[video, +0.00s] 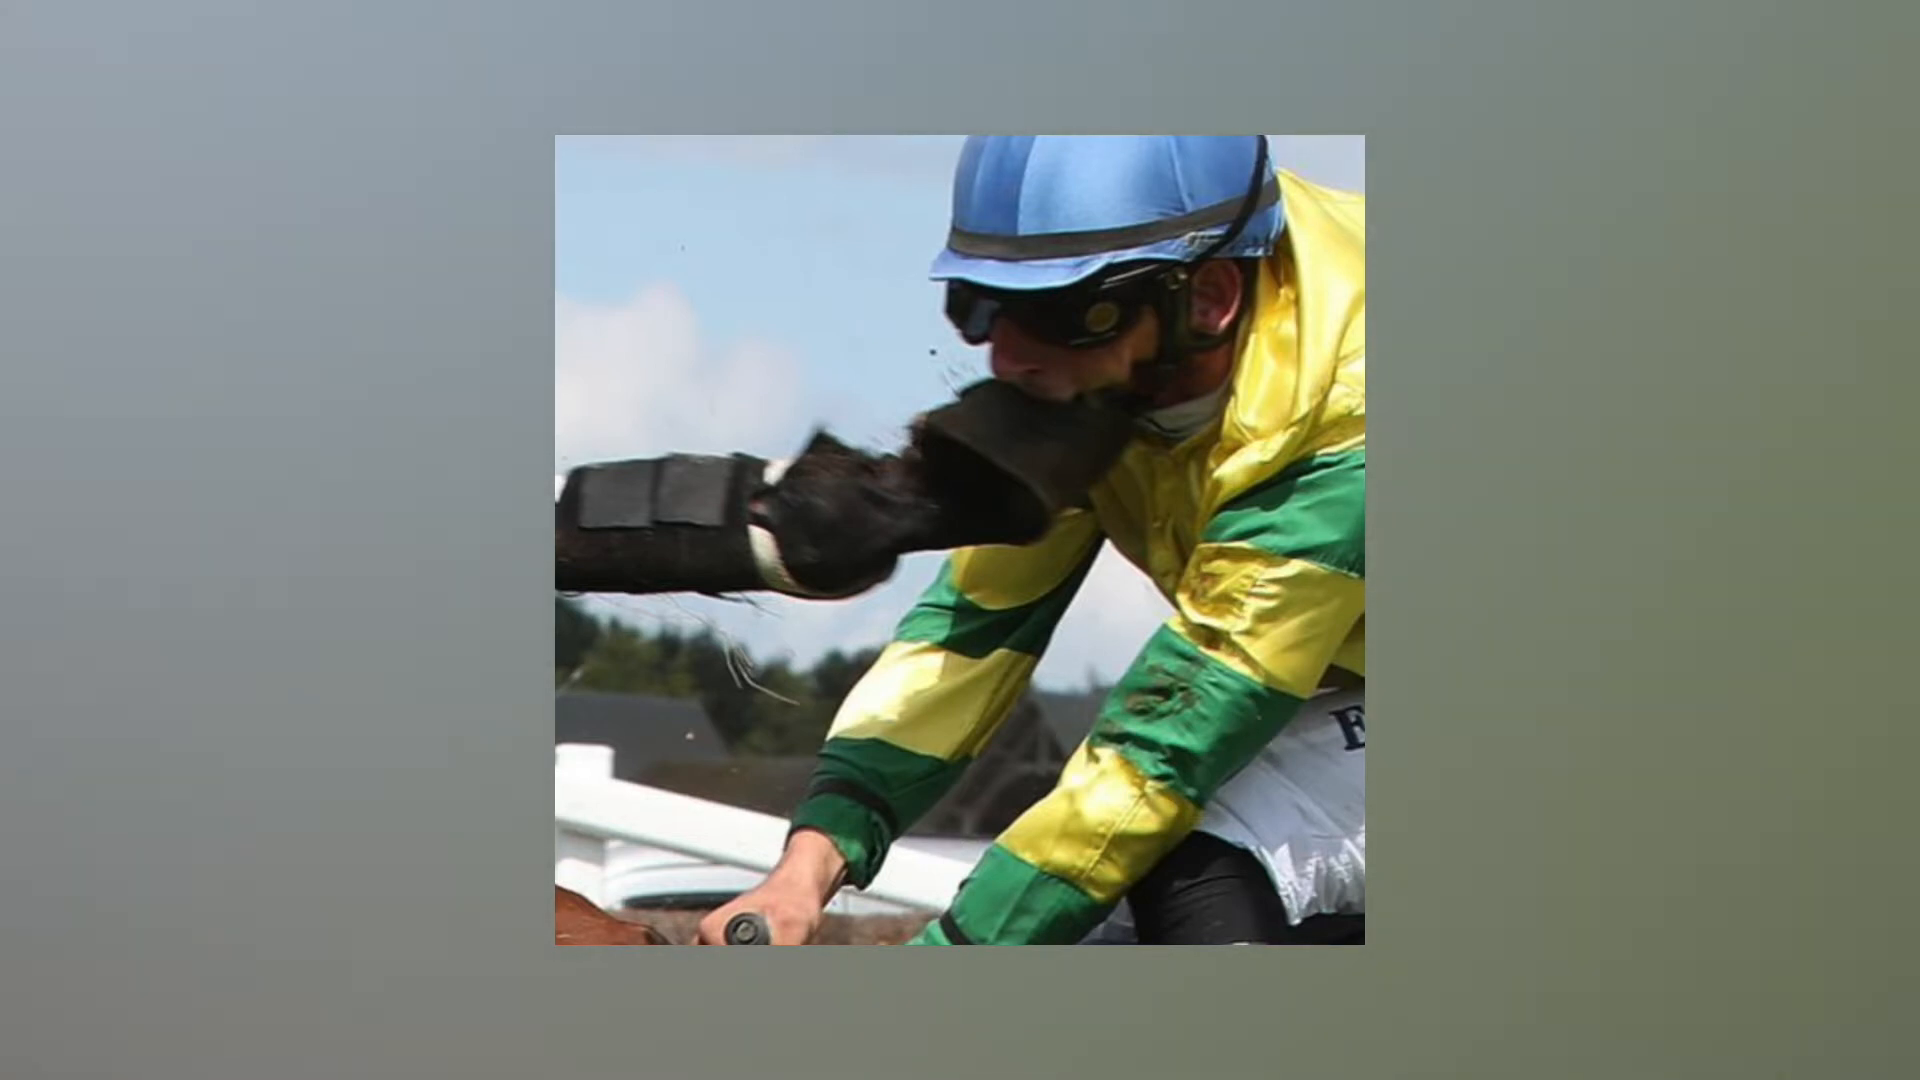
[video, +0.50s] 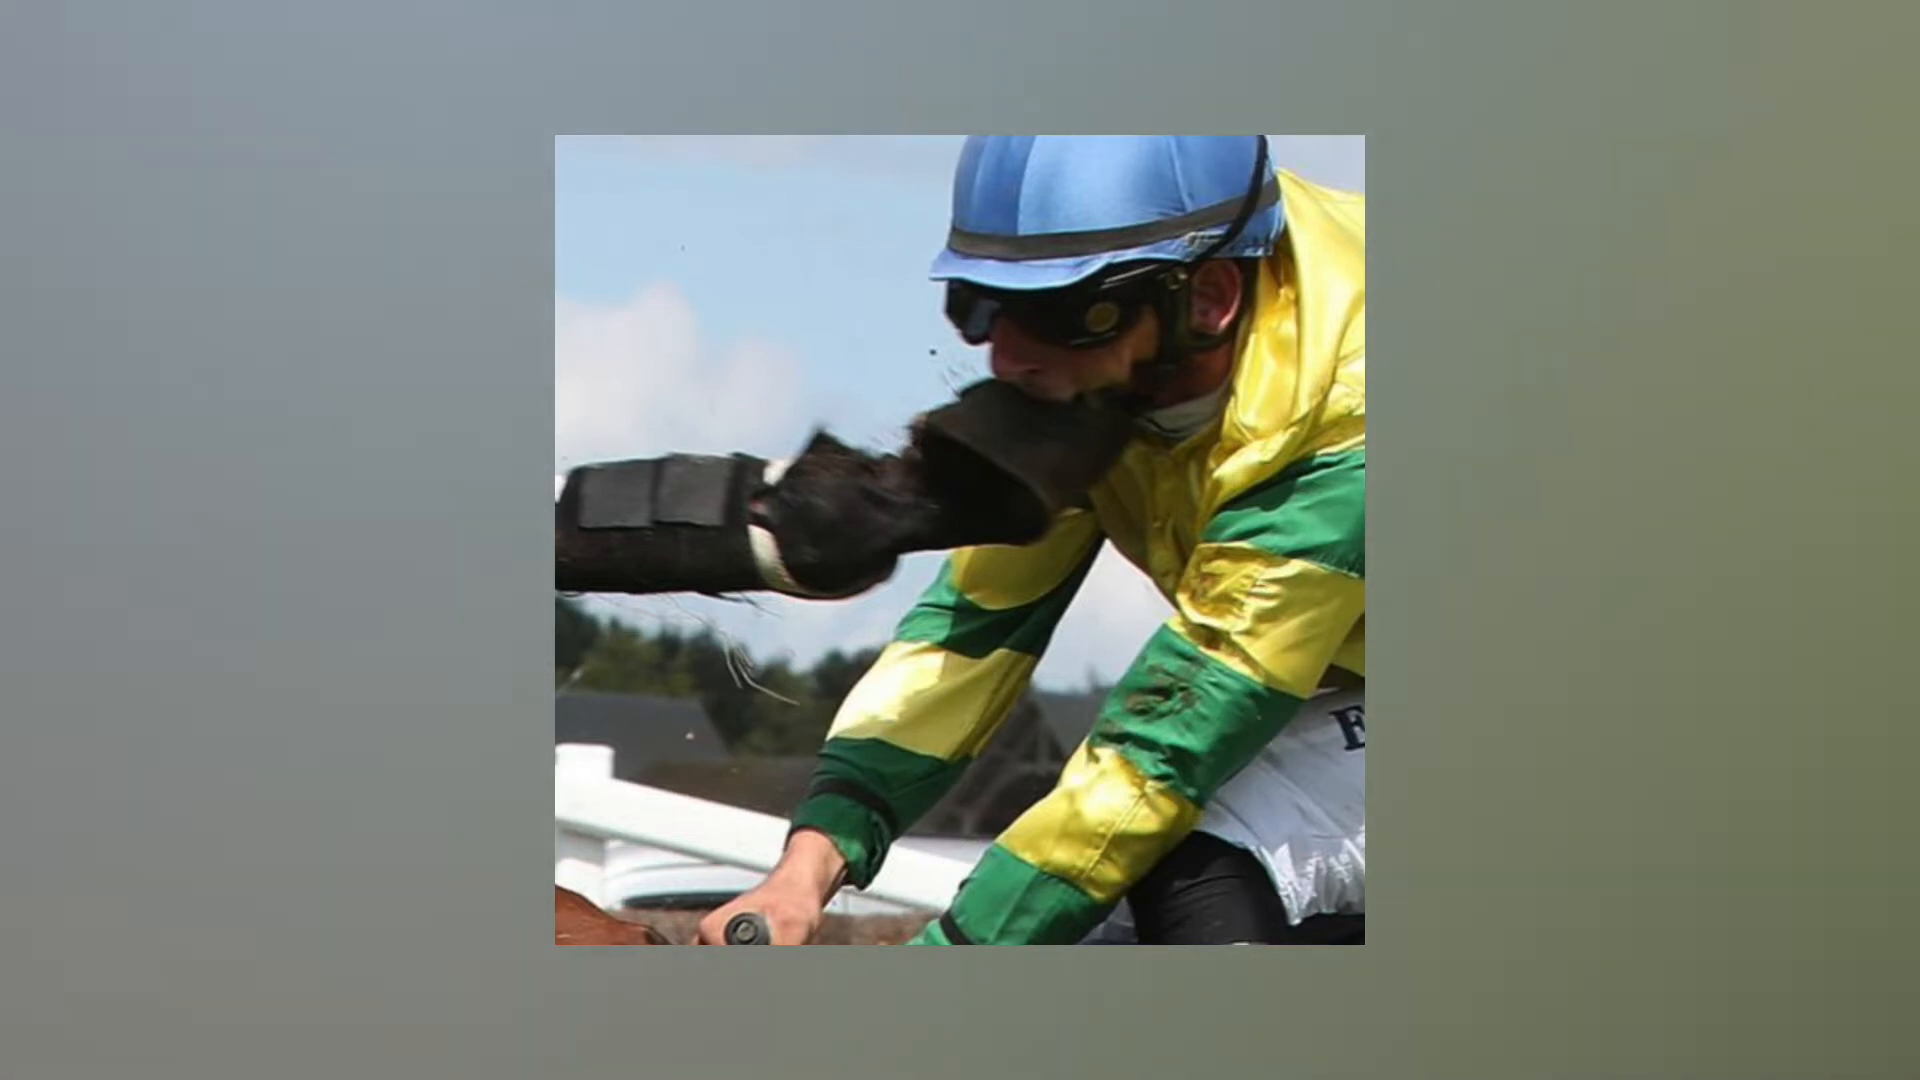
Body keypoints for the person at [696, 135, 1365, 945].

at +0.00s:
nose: (1005, 358)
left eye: (1056, 319)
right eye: (989, 309)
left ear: (1210, 298)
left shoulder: (1341, 429)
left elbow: (1160, 752)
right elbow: (969, 623)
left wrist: (933, 965)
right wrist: (805, 871)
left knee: (1204, 865)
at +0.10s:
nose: (1005, 358)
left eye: (1056, 319)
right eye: (989, 309)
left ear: (1210, 298)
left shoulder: (1341, 429)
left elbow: (1160, 752)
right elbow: (969, 623)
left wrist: (932, 966)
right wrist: (805, 871)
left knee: (1204, 864)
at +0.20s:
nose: (1005, 359)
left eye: (1057, 319)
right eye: (989, 310)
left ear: (1210, 298)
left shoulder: (1342, 429)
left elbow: (1161, 751)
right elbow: (969, 623)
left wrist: (935, 963)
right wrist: (805, 871)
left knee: (1204, 865)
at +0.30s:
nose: (1005, 359)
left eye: (1056, 319)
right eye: (989, 310)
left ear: (1210, 298)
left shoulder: (1341, 429)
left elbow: (1161, 751)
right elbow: (969, 623)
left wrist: (933, 965)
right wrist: (805, 871)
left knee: (1204, 864)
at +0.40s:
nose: (1005, 358)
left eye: (1057, 319)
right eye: (989, 310)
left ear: (1210, 298)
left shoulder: (1341, 429)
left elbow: (1160, 751)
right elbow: (969, 623)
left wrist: (933, 966)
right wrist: (805, 871)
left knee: (1205, 864)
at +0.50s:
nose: (1005, 358)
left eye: (1056, 319)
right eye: (989, 309)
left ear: (1210, 298)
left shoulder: (1342, 429)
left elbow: (1160, 752)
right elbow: (969, 623)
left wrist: (933, 965)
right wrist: (805, 871)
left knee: (1204, 864)